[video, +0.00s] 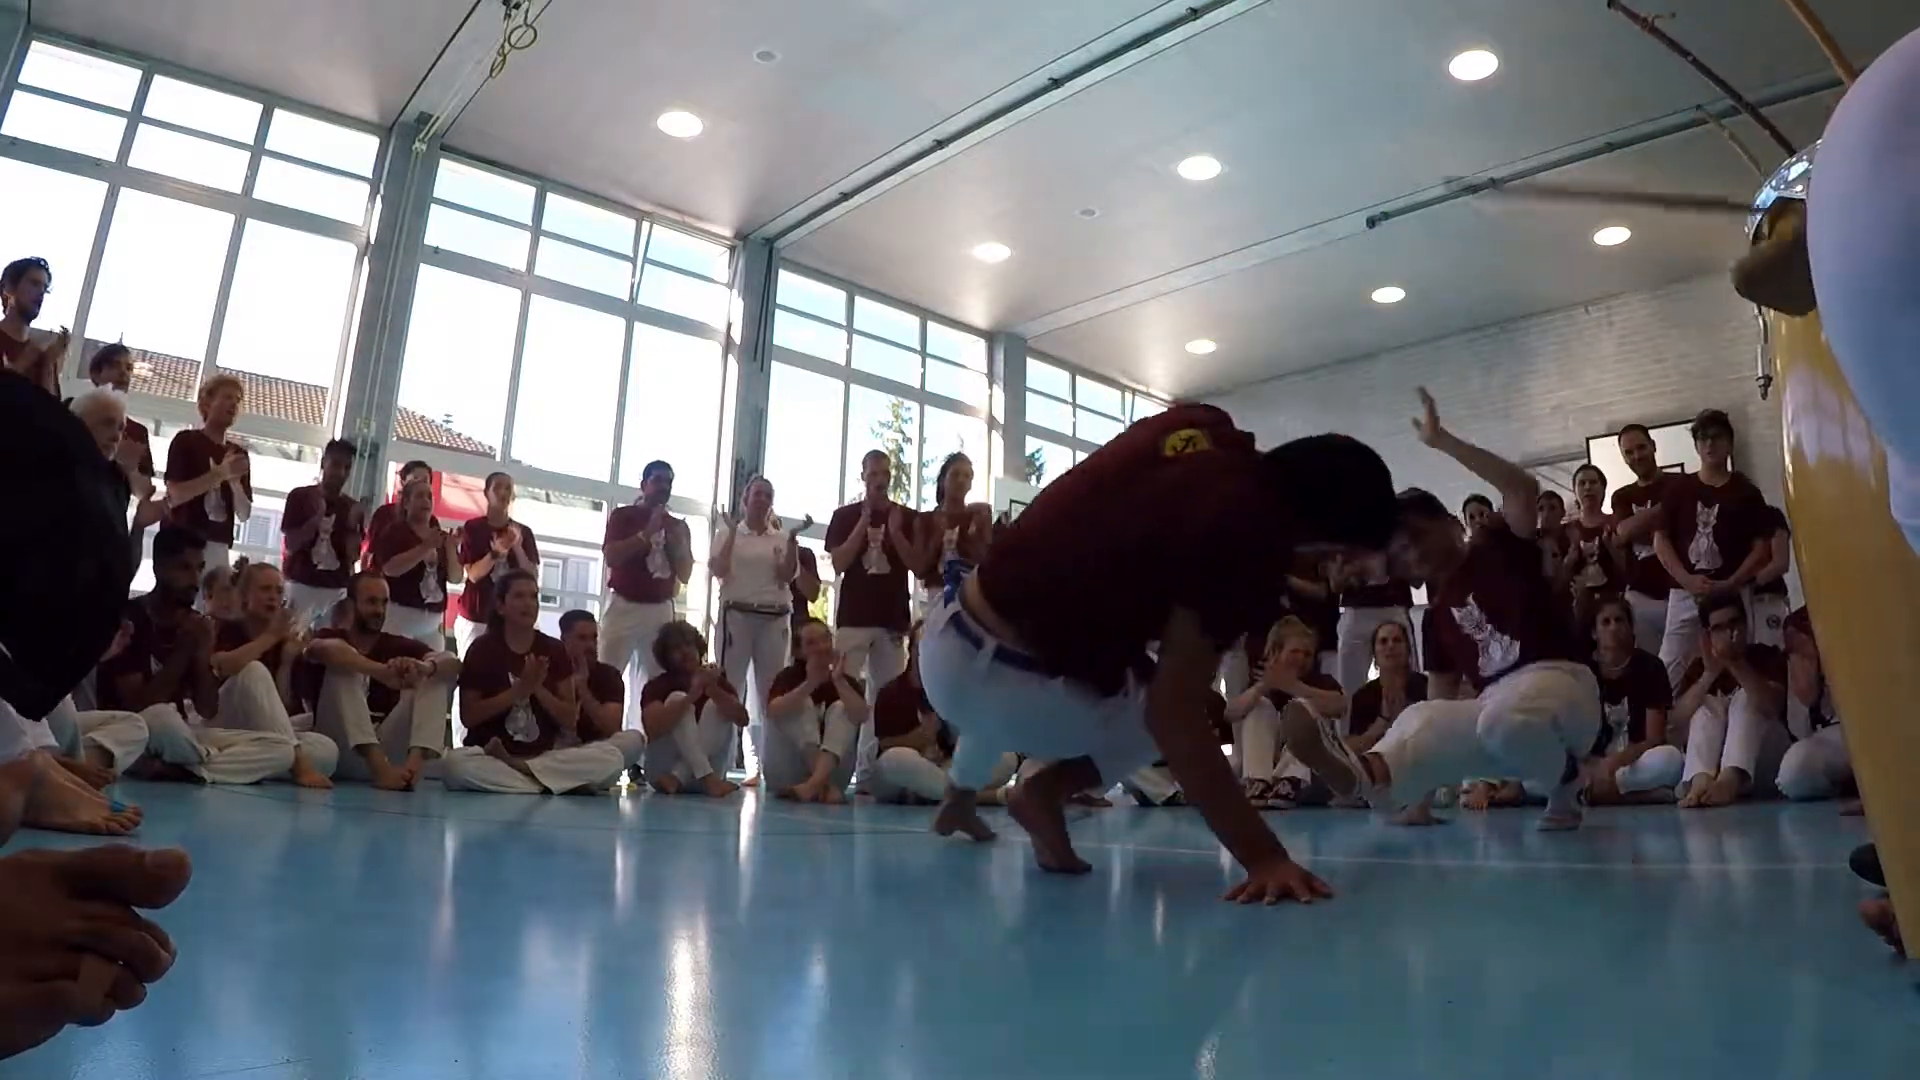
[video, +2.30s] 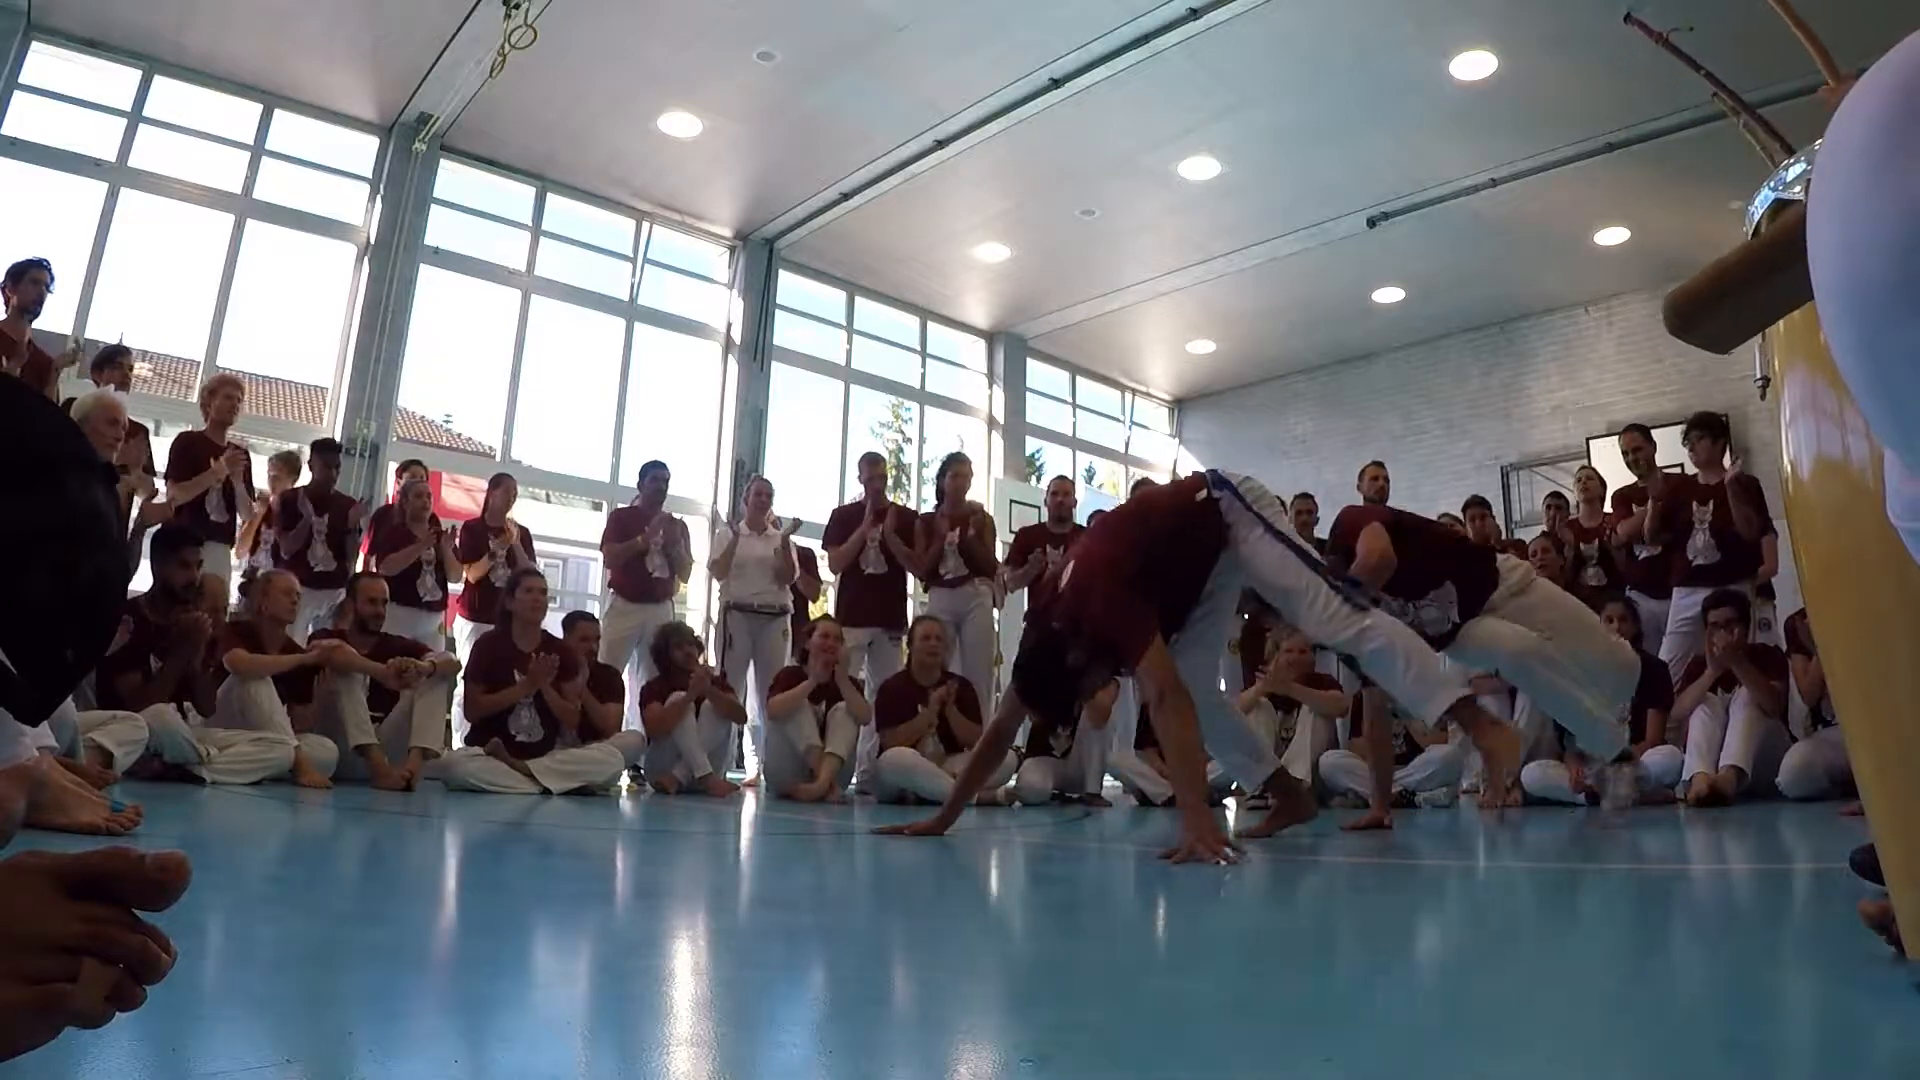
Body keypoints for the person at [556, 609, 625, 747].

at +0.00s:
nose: (591, 644)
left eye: (594, 638)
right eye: (582, 638)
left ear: (598, 639)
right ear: (564, 640)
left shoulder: (609, 675)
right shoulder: (550, 675)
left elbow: (611, 728)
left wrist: (584, 691)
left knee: (634, 738)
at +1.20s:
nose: (591, 646)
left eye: (596, 639)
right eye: (583, 639)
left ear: (600, 640)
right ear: (565, 640)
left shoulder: (609, 675)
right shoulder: (550, 673)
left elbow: (610, 729)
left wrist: (578, 690)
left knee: (634, 738)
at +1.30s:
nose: (592, 646)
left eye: (596, 639)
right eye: (583, 639)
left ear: (600, 640)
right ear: (565, 640)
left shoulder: (610, 675)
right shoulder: (550, 672)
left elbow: (609, 729)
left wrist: (578, 701)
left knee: (634, 738)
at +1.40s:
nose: (592, 646)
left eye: (596, 639)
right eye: (583, 639)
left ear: (600, 640)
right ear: (566, 639)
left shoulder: (609, 675)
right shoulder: (551, 673)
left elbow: (610, 728)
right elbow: (570, 722)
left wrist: (579, 696)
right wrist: (549, 687)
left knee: (633, 738)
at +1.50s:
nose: (593, 647)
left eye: (596, 639)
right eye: (584, 640)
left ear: (600, 640)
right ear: (565, 641)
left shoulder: (610, 674)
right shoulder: (552, 674)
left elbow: (609, 728)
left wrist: (582, 696)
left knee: (634, 738)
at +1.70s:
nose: (592, 647)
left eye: (596, 640)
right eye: (584, 640)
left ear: (600, 640)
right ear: (565, 640)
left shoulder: (609, 675)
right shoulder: (549, 671)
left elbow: (609, 727)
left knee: (634, 739)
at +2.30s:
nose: (593, 647)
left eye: (597, 640)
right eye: (584, 640)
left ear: (600, 640)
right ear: (565, 640)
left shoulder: (610, 675)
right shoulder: (550, 672)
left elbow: (610, 729)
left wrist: (583, 691)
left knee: (635, 739)